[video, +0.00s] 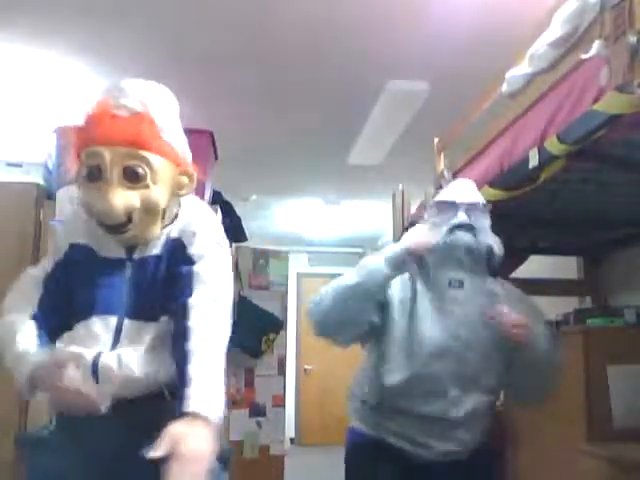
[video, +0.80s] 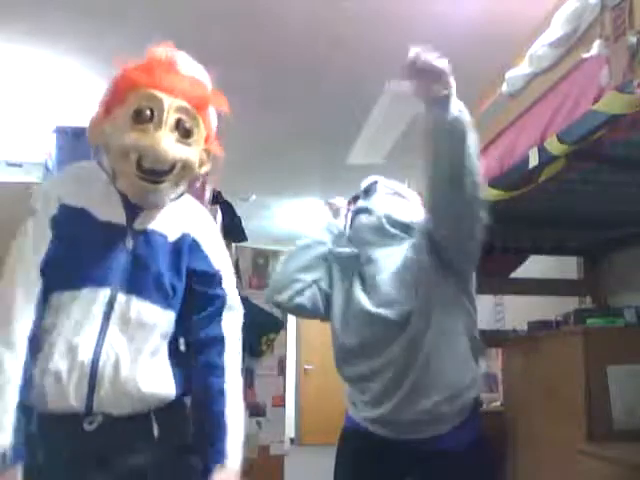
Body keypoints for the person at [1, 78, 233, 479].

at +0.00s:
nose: (110, 198)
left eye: (134, 174)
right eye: (94, 173)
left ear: (181, 184)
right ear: (79, 180)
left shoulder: (193, 252)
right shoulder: (74, 258)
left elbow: (205, 332)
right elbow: (22, 323)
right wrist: (42, 371)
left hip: (161, 425)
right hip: (76, 426)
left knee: (195, 462)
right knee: (37, 457)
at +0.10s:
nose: (118, 198)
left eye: (143, 175)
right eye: (103, 173)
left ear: (183, 185)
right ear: (85, 178)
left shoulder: (197, 240)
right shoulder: (72, 236)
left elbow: (211, 324)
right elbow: (15, 294)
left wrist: (223, 400)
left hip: (164, 418)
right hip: (75, 415)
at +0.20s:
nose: (131, 187)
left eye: (157, 169)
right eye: (116, 162)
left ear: (191, 182)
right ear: (91, 164)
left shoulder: (201, 229)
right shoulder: (69, 217)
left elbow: (248, 291)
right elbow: (8, 243)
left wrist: (255, 362)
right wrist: (73, 272)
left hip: (168, 414)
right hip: (73, 414)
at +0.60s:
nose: (160, 168)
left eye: (182, 156)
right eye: (143, 142)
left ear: (197, 184)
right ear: (100, 153)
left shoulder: (188, 250)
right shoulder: (47, 219)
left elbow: (219, 335)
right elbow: (8, 276)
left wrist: (263, 360)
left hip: (146, 452)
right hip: (46, 450)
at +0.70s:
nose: (159, 156)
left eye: (182, 142)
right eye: (143, 127)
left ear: (200, 168)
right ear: (99, 139)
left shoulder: (191, 236)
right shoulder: (56, 203)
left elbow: (218, 333)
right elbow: (7, 291)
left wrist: (241, 423)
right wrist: (15, 408)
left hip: (149, 439)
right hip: (52, 434)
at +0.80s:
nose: (159, 144)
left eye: (183, 129)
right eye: (142, 116)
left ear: (201, 154)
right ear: (104, 127)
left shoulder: (197, 228)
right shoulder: (60, 200)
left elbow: (216, 348)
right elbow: (13, 323)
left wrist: (224, 460)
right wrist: (7, 450)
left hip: (151, 438)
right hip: (54, 435)